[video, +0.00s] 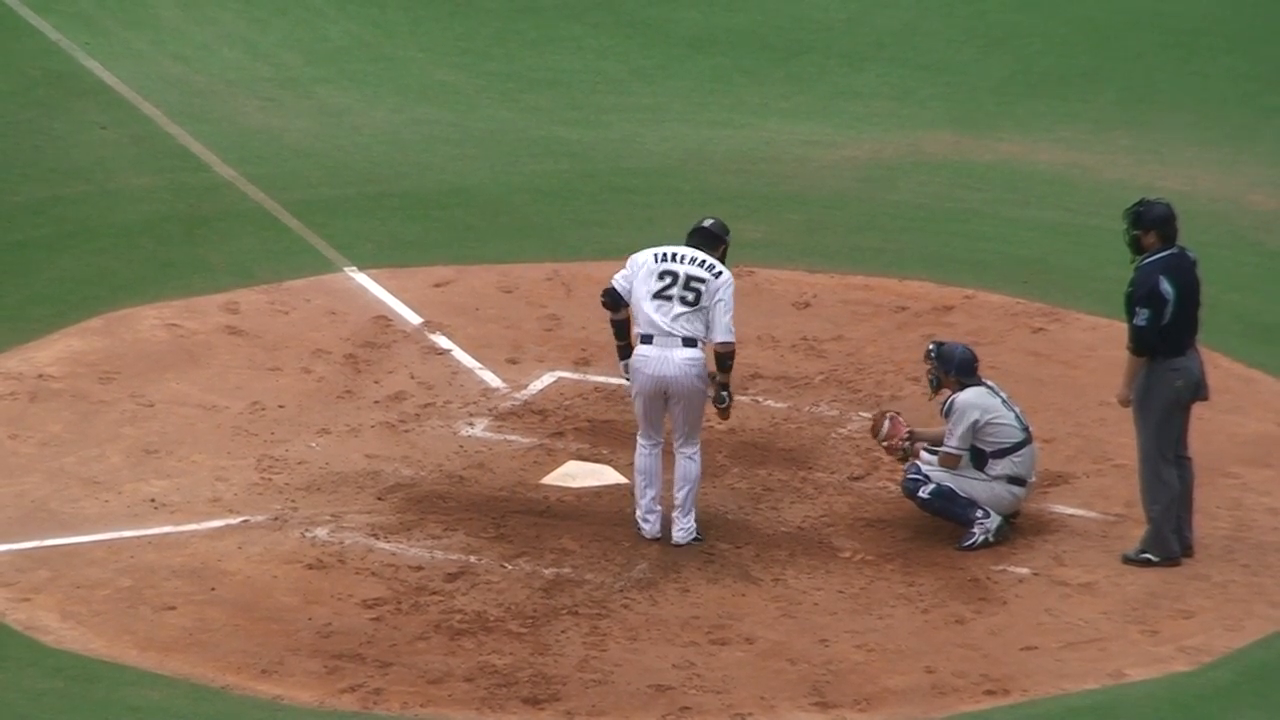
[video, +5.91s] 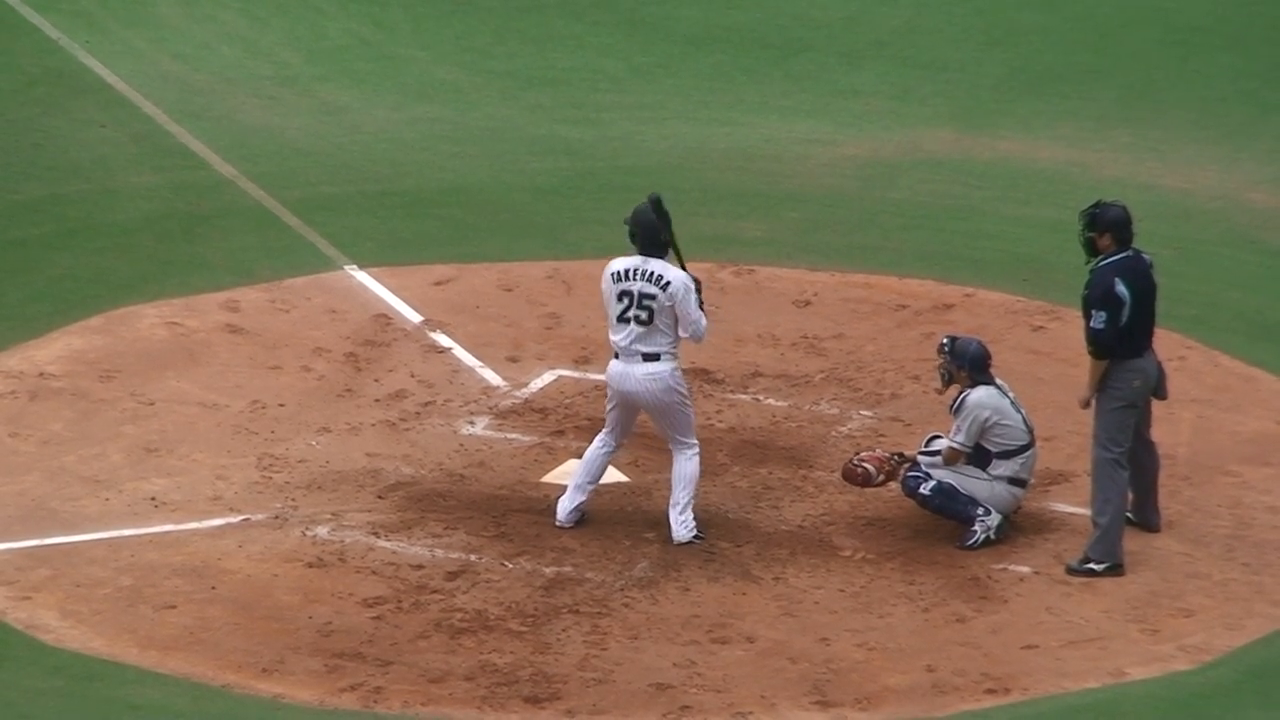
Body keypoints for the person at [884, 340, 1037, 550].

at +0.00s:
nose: (931, 372)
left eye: (936, 368)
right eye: (933, 367)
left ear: (951, 375)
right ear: (965, 372)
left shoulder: (964, 402)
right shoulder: (984, 387)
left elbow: (949, 462)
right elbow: (955, 436)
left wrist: (916, 451)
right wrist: (912, 434)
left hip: (1004, 492)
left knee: (914, 478)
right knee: (929, 453)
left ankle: (985, 520)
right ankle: (1003, 507)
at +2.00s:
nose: (940, 366)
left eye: (945, 362)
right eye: (942, 361)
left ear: (960, 371)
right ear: (973, 370)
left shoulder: (969, 402)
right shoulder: (992, 387)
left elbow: (948, 462)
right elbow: (961, 433)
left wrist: (912, 452)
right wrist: (920, 435)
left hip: (1004, 492)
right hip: (1018, 482)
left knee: (914, 478)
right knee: (929, 451)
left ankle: (983, 519)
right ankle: (1002, 506)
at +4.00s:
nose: (941, 365)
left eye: (946, 362)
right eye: (943, 360)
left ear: (961, 370)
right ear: (976, 368)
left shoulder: (970, 401)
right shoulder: (993, 387)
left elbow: (946, 461)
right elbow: (963, 431)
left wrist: (908, 458)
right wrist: (923, 433)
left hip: (1002, 491)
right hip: (1016, 483)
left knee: (914, 480)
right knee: (925, 455)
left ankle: (983, 518)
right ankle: (1002, 506)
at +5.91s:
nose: (943, 367)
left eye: (948, 362)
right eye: (944, 361)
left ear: (963, 369)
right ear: (977, 367)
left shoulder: (976, 401)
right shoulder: (994, 386)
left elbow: (950, 458)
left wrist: (908, 458)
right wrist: (909, 457)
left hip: (1002, 491)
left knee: (914, 478)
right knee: (933, 442)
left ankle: (984, 517)